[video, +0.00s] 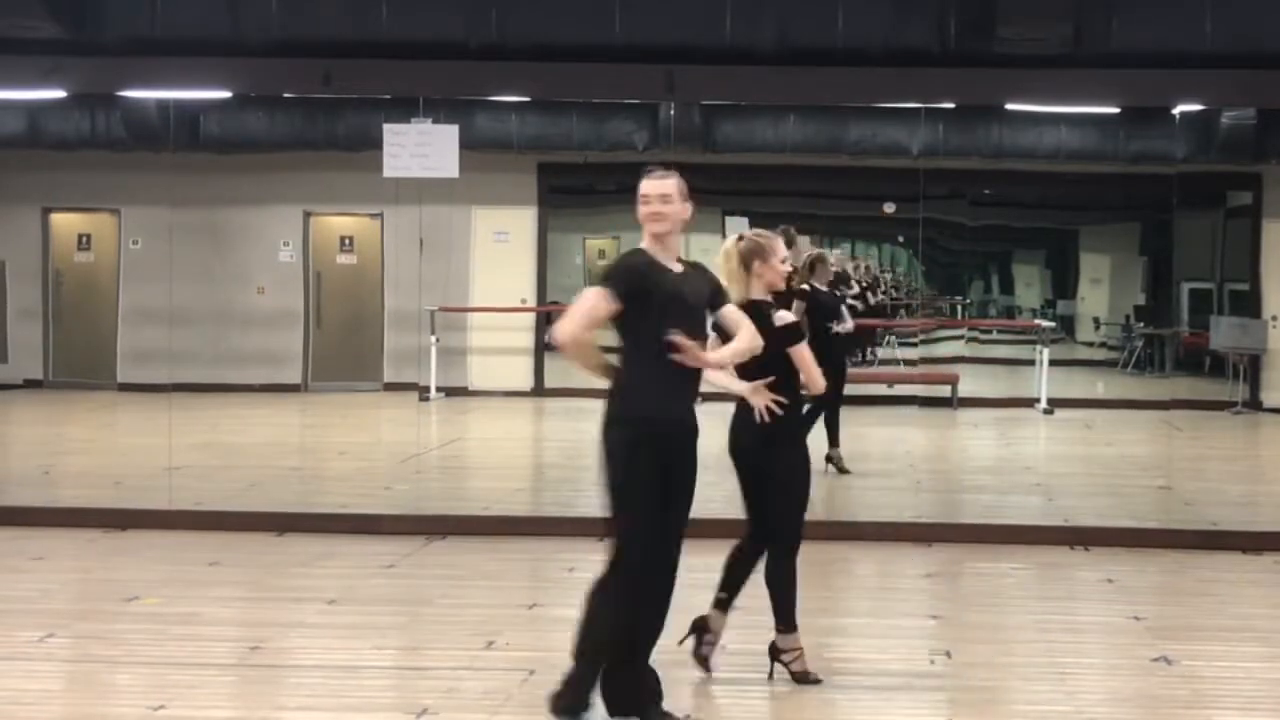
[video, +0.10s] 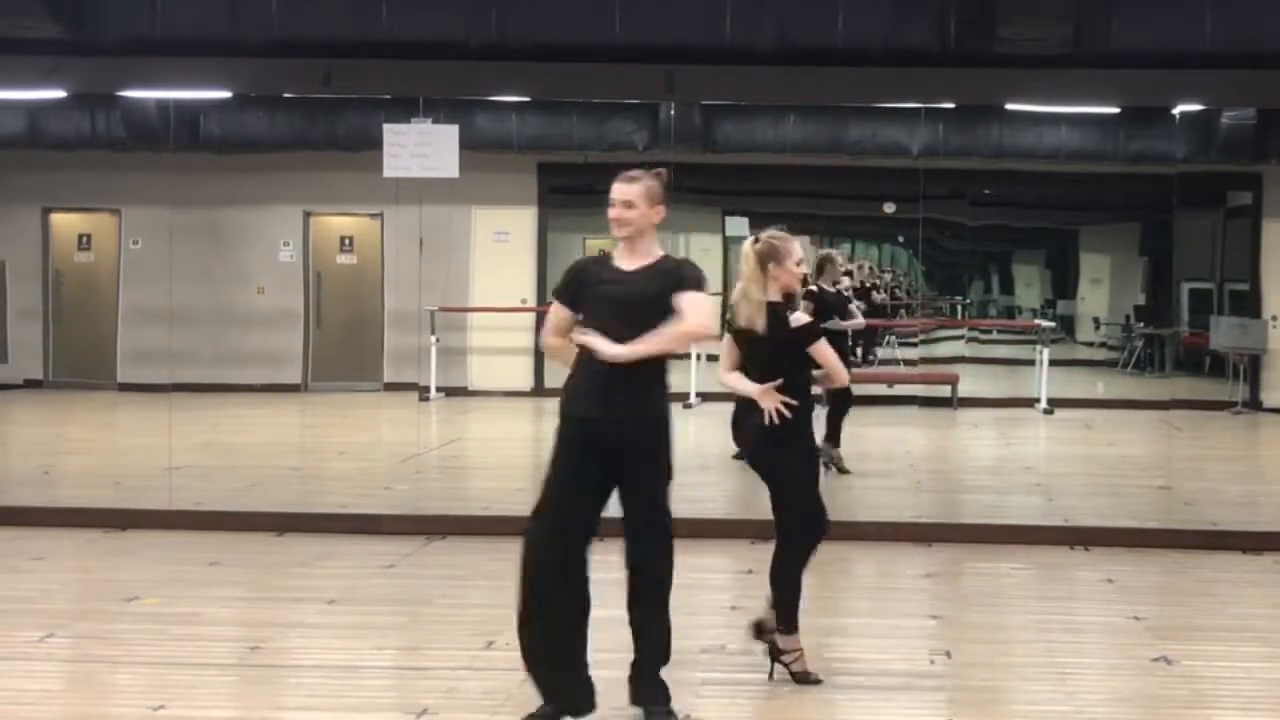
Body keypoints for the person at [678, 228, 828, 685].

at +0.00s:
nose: (789, 268)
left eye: (786, 260)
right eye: (781, 261)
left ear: (750, 268)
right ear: (759, 267)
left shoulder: (727, 314)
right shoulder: (782, 316)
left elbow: (708, 368)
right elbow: (815, 383)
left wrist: (747, 388)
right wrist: (806, 381)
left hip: (746, 428)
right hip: (784, 430)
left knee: (758, 532)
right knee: (785, 538)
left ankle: (714, 618)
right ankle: (787, 638)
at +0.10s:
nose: (802, 270)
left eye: (801, 262)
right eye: (797, 263)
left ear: (764, 268)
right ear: (778, 269)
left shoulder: (740, 313)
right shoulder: (795, 318)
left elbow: (727, 373)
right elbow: (839, 376)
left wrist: (757, 390)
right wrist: (814, 382)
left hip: (753, 427)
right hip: (788, 431)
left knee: (811, 522)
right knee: (797, 531)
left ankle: (775, 618)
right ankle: (787, 636)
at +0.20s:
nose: (813, 270)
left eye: (813, 262)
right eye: (806, 263)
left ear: (781, 270)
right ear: (781, 268)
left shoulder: (764, 314)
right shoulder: (803, 313)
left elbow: (742, 369)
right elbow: (855, 358)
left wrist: (758, 398)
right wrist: (825, 354)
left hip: (780, 436)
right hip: (795, 438)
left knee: (817, 531)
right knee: (824, 528)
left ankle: (833, 630)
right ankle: (791, 638)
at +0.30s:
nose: (812, 267)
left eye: (817, 259)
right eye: (801, 260)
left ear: (823, 263)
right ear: (781, 266)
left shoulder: (799, 309)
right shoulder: (797, 306)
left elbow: (778, 372)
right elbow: (862, 339)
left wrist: (760, 419)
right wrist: (859, 361)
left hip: (811, 434)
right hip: (786, 437)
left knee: (826, 539)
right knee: (799, 541)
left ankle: (836, 638)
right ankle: (803, 643)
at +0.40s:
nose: (809, 266)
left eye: (817, 258)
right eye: (800, 259)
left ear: (829, 262)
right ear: (787, 264)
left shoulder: (828, 308)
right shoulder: (793, 307)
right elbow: (860, 336)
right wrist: (925, 356)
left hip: (823, 439)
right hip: (785, 440)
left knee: (823, 540)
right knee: (800, 542)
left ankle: (835, 638)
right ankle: (805, 651)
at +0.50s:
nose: (809, 270)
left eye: (818, 262)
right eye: (801, 263)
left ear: (832, 267)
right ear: (789, 268)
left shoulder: (837, 313)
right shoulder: (791, 310)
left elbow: (857, 367)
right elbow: (816, 338)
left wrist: (877, 407)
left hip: (829, 437)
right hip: (789, 436)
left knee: (822, 541)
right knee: (804, 542)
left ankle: (834, 635)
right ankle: (797, 654)